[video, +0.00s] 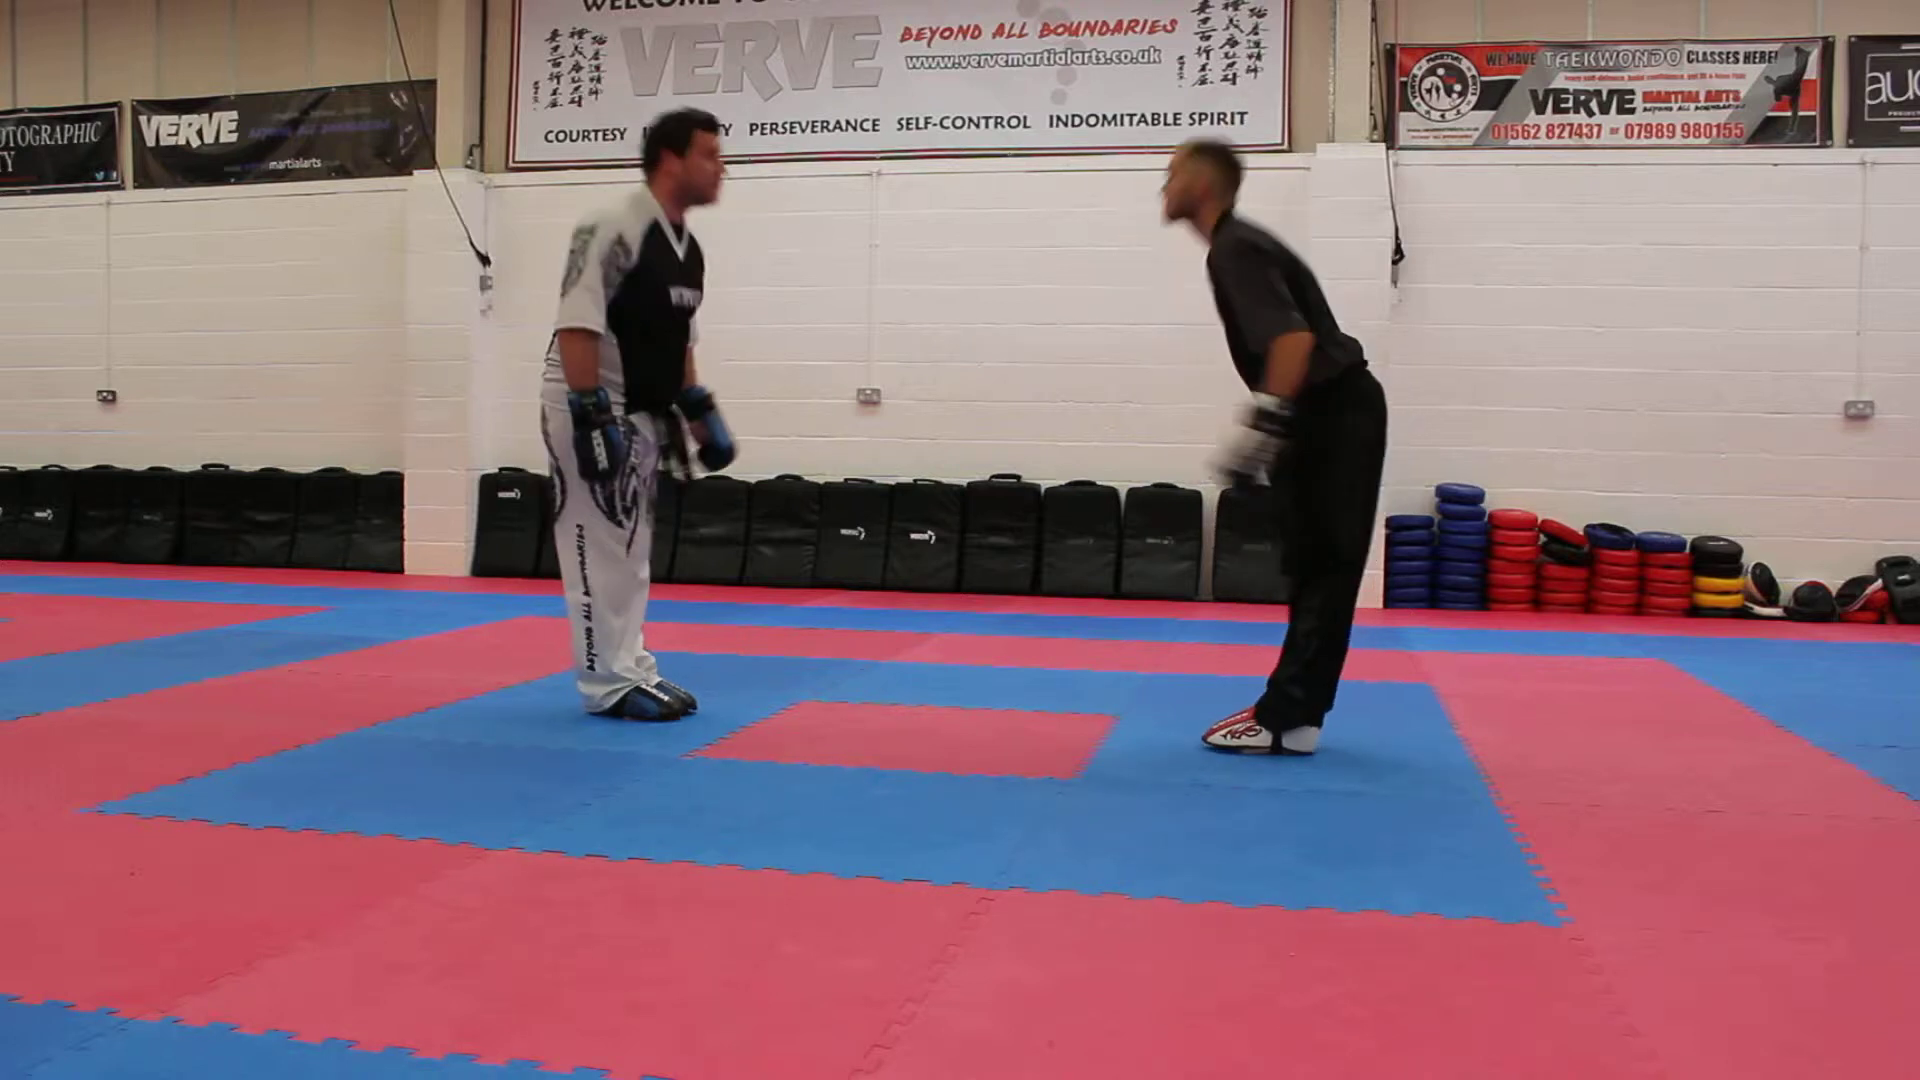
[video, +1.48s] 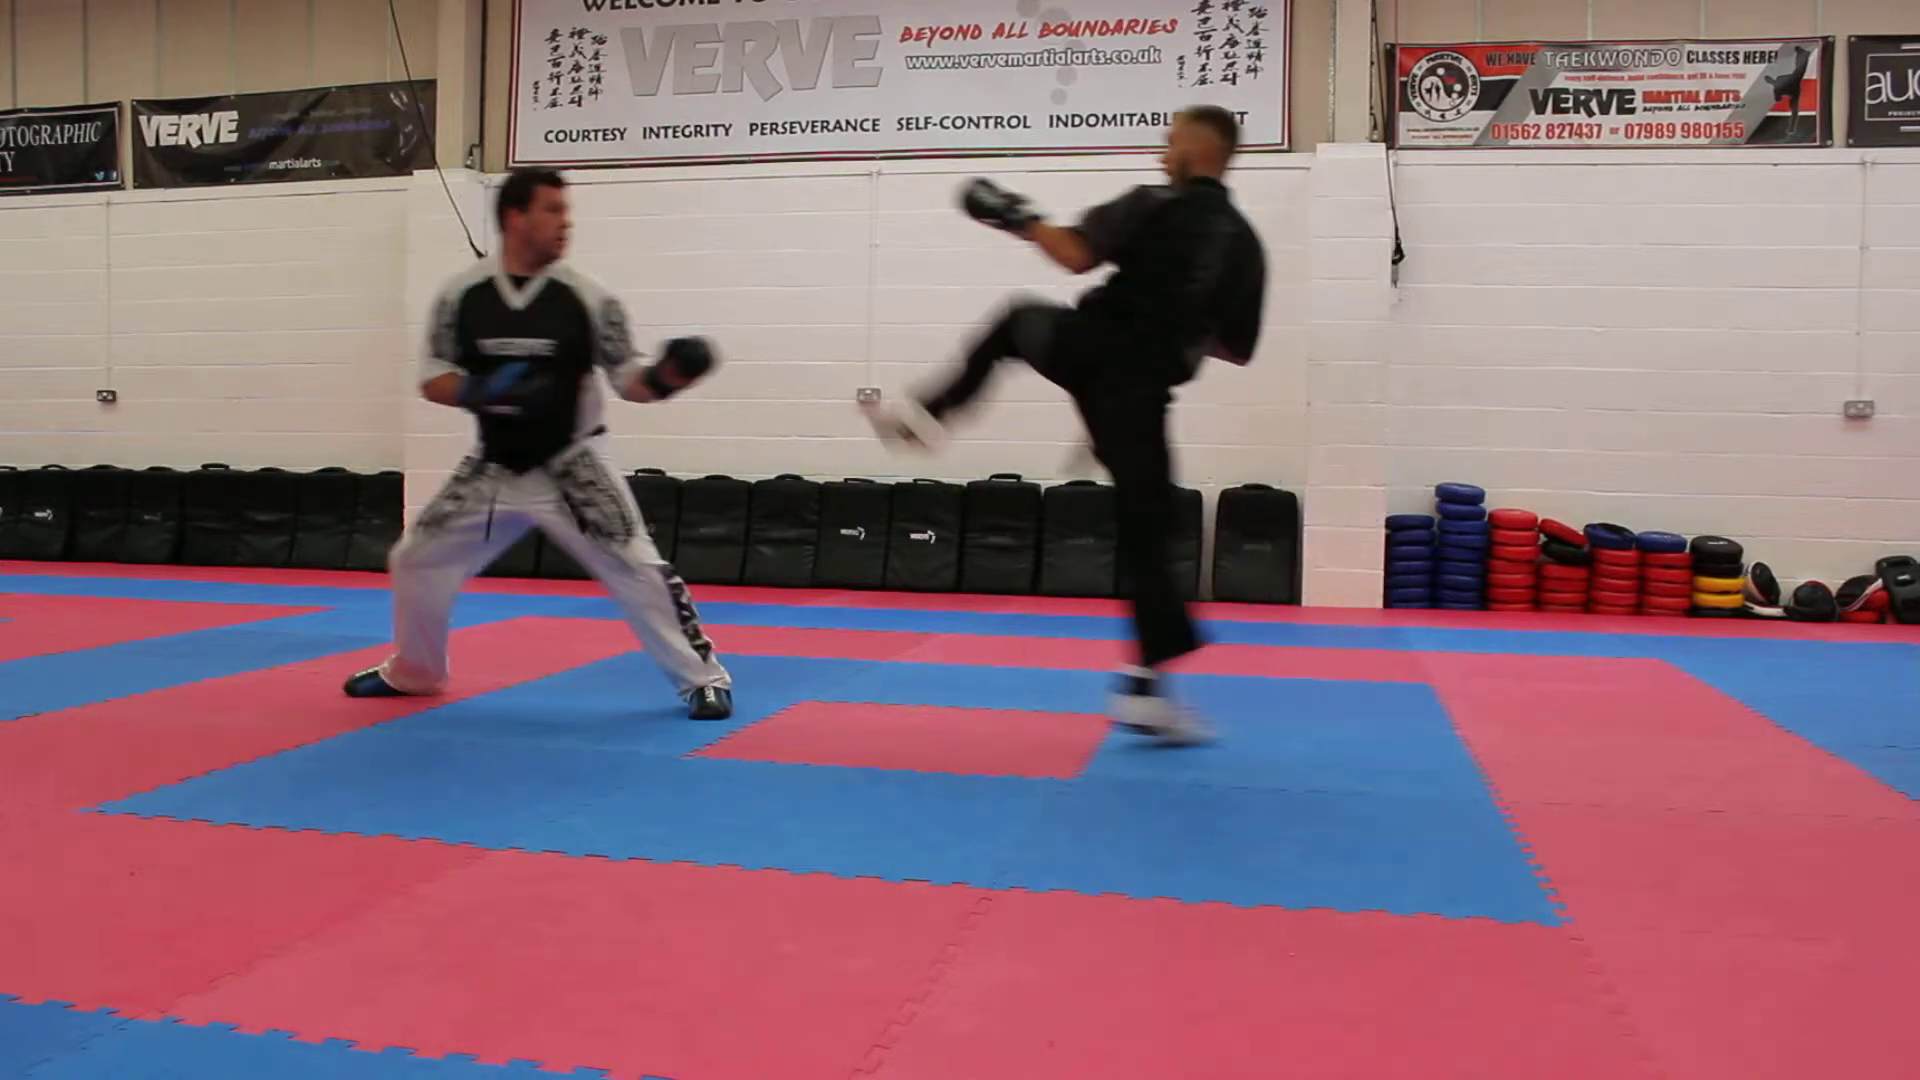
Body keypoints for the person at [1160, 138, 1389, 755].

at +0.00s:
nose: (1164, 186)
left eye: (1173, 174)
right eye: (1168, 174)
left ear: (1204, 182)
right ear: (1207, 183)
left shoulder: (1236, 249)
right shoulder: (1237, 245)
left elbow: (1293, 339)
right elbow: (1297, 338)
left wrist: (1263, 424)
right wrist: (1272, 424)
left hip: (1337, 407)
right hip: (1331, 406)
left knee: (1323, 562)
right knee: (1320, 562)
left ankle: (1289, 714)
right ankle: (1296, 712)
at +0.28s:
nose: (1234, 143)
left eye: (1243, 131)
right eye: (1238, 130)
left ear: (1272, 143)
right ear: (1292, 148)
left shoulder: (1249, 221)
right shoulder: (1331, 218)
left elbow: (1186, 320)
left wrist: (1141, 294)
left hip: (1307, 406)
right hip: (1355, 401)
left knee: (1289, 555)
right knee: (1333, 552)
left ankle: (1286, 716)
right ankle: (1327, 700)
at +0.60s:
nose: (1282, 158)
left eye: (1290, 148)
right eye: (1287, 147)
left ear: (1321, 162)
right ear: (1342, 168)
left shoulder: (1286, 244)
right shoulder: (1390, 248)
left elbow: (1260, 351)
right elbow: (1388, 350)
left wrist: (1205, 318)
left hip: (1303, 433)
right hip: (1374, 432)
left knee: (1248, 550)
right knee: (1390, 568)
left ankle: (1268, 693)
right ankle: (1428, 709)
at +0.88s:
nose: (1269, 149)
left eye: (1278, 137)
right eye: (1273, 137)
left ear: (1309, 146)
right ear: (1330, 150)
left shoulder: (1275, 230)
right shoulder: (1387, 232)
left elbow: (1254, 341)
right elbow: (1397, 337)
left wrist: (1197, 313)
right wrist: (1315, 321)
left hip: (1295, 414)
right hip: (1370, 413)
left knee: (1245, 548)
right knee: (1394, 555)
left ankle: (1186, 696)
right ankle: (1412, 709)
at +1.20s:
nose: (1232, 163)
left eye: (1241, 152)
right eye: (1237, 151)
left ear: (1270, 162)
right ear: (1296, 168)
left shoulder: (1213, 231)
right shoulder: (1327, 252)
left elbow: (1160, 324)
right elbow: (1336, 360)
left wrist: (1135, 295)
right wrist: (1278, 342)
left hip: (1208, 419)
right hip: (1281, 423)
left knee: (1187, 548)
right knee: (1288, 552)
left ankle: (1166, 697)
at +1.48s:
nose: (1164, 149)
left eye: (1174, 138)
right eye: (1170, 137)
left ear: (1196, 149)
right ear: (1224, 154)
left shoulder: (1153, 205)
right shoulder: (1243, 244)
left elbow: (1074, 252)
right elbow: (1232, 345)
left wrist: (1016, 216)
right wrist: (1169, 318)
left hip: (1079, 351)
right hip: (1137, 395)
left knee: (1017, 320)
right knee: (1146, 526)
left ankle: (931, 412)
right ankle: (1145, 684)